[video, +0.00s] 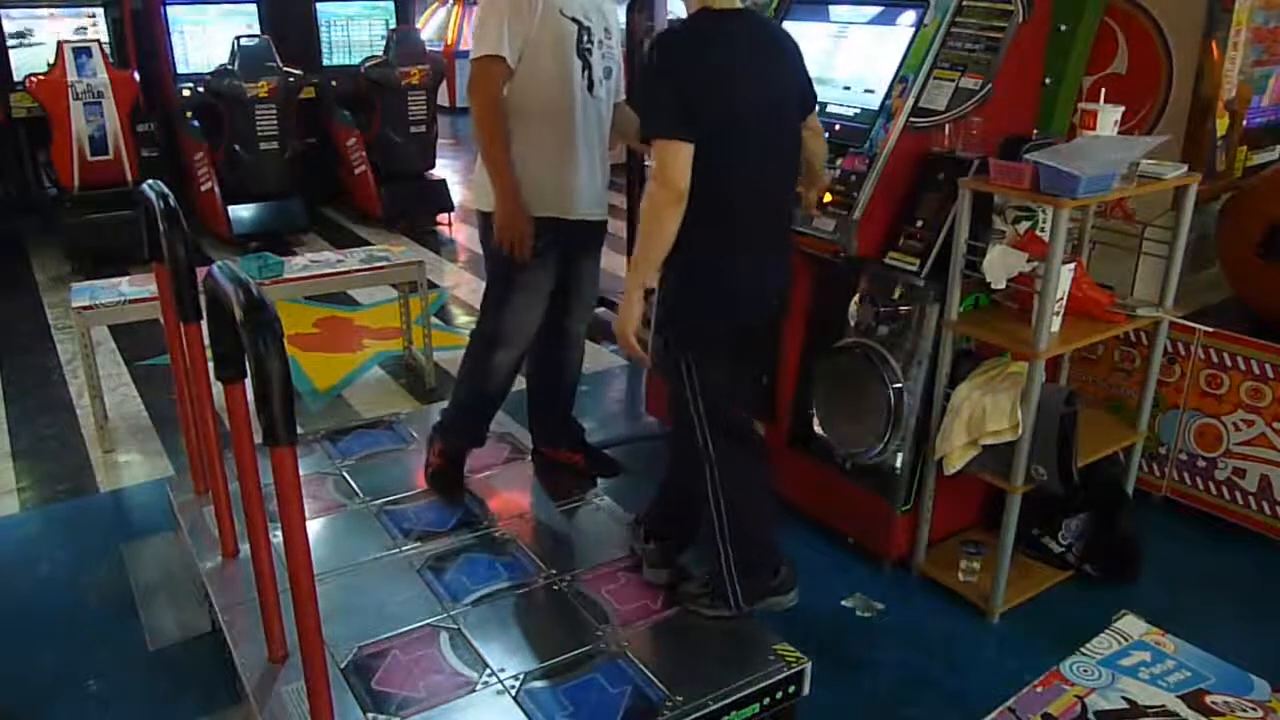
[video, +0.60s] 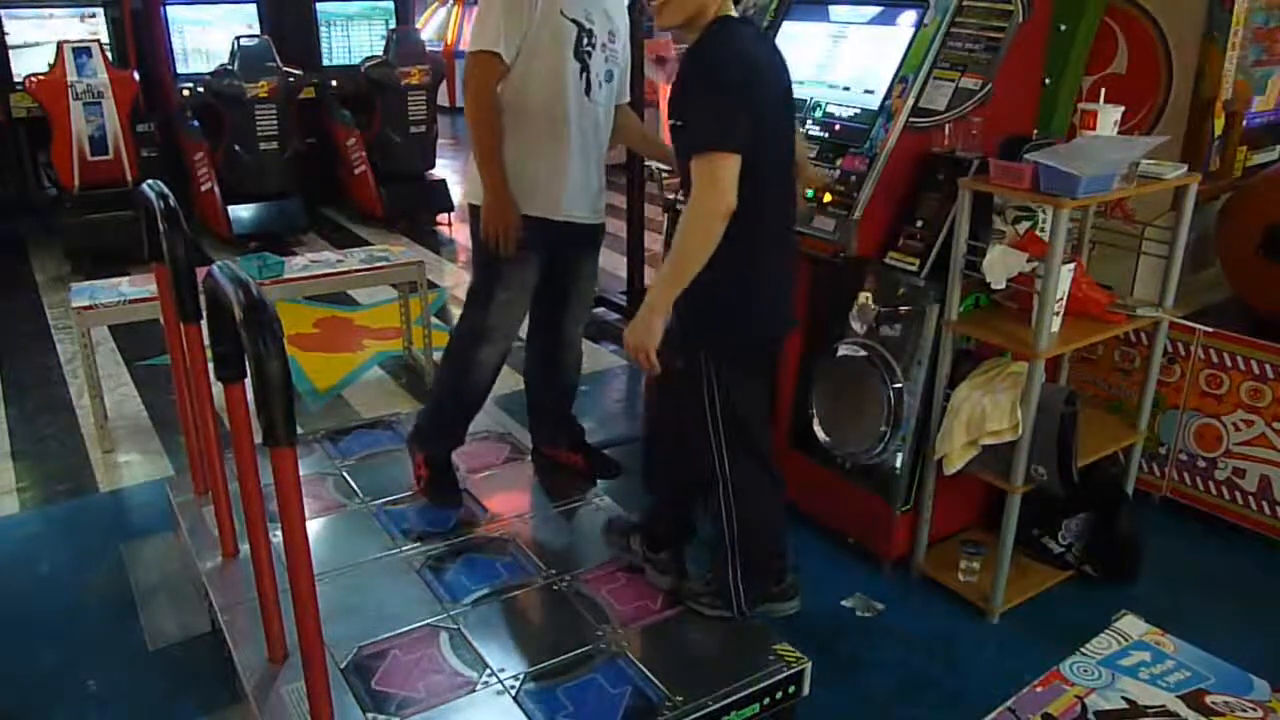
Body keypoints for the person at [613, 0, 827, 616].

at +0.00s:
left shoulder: (675, 48)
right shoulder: (778, 41)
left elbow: (670, 183)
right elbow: (814, 152)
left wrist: (636, 287)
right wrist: (809, 188)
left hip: (700, 269)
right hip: (765, 266)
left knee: (720, 425)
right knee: (705, 414)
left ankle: (755, 572)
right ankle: (664, 537)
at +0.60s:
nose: (651, 4)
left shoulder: (714, 60)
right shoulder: (751, 48)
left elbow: (714, 199)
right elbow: (796, 168)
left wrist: (655, 304)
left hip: (720, 294)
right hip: (748, 285)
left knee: (729, 441)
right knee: (676, 418)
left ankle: (757, 582)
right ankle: (662, 540)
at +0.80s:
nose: (632, 3)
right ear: (664, 1)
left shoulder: (718, 58)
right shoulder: (684, 57)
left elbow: (731, 199)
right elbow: (681, 170)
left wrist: (676, 317)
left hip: (728, 299)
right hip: (684, 288)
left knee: (728, 445)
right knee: (638, 422)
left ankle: (760, 578)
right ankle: (645, 546)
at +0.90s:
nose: (615, 5)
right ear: (627, 4)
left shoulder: (707, 58)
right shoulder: (649, 54)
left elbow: (731, 196)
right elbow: (667, 160)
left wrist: (685, 317)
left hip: (714, 296)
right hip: (657, 291)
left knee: (720, 444)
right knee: (625, 426)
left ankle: (758, 574)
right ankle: (624, 548)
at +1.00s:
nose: (593, 3)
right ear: (606, 4)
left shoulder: (693, 55)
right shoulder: (634, 54)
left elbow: (719, 195)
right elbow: (646, 182)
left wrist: (686, 317)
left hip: (686, 300)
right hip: (640, 293)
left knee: (706, 444)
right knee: (615, 427)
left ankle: (755, 567)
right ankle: (610, 549)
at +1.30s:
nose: (526, 2)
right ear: (541, 2)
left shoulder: (641, 53)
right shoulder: (550, 56)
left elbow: (672, 186)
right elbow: (553, 177)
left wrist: (645, 314)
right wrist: (524, 268)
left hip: (620, 294)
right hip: (564, 286)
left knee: (607, 444)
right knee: (568, 435)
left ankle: (671, 553)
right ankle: (603, 556)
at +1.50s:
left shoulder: (615, 53)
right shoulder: (499, 48)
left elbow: (649, 189)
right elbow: (490, 165)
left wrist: (623, 311)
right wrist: (453, 265)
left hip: (594, 284)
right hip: (524, 277)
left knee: (564, 452)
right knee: (553, 431)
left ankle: (566, 600)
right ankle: (604, 548)